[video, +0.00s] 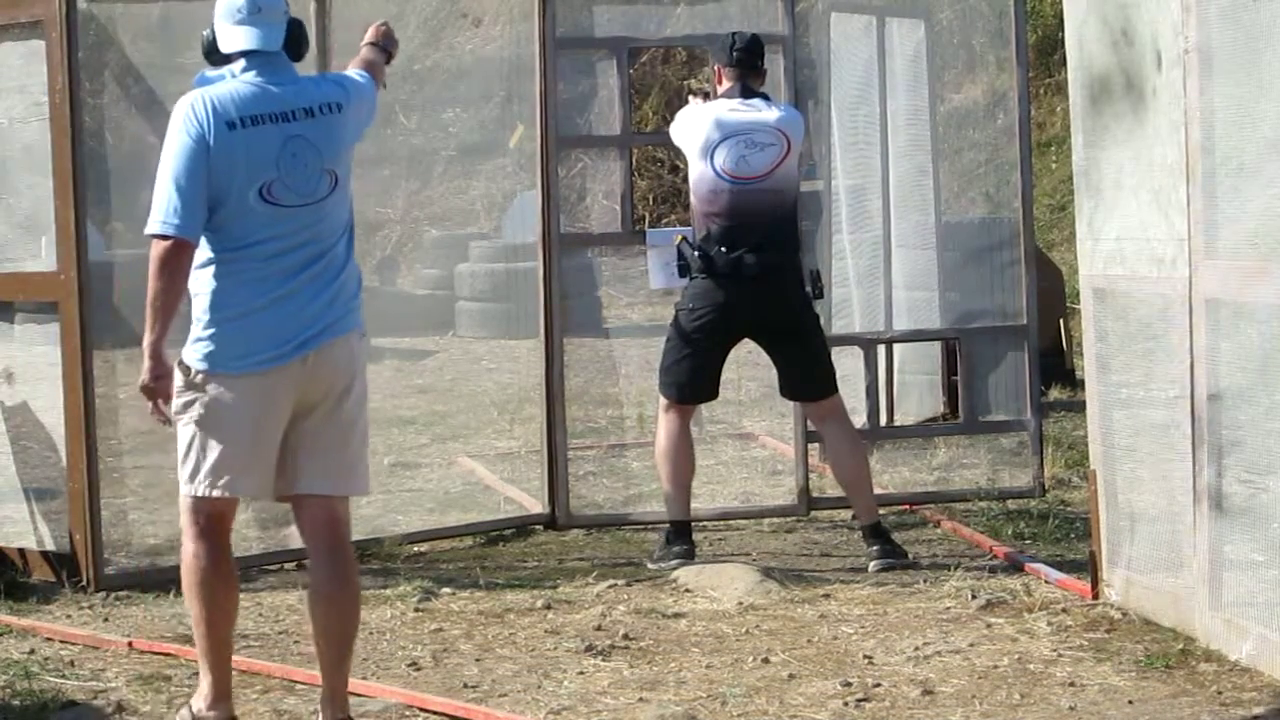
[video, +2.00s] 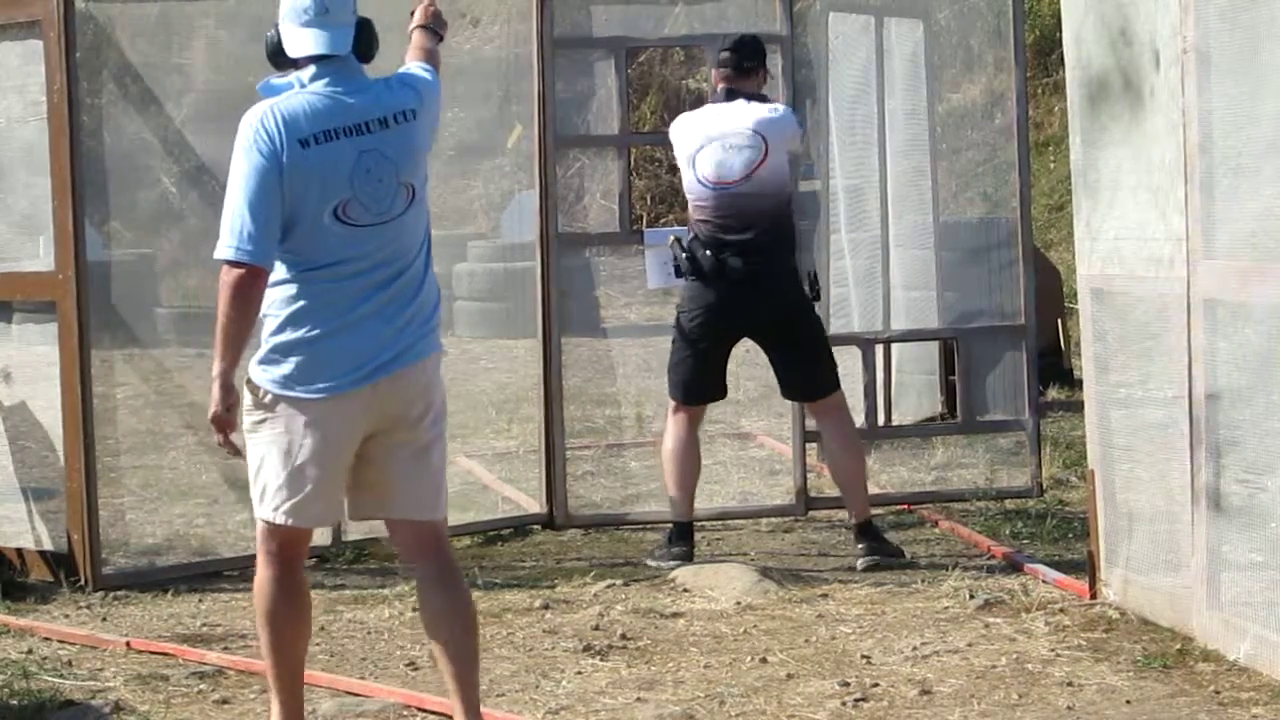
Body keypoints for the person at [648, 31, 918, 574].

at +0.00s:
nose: (716, 81)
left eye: (715, 74)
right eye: (728, 74)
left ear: (720, 77)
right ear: (763, 76)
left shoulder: (693, 121)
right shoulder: (793, 121)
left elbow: (688, 120)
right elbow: (759, 123)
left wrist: (712, 99)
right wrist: (732, 96)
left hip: (713, 294)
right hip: (783, 294)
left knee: (675, 409)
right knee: (830, 414)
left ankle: (678, 539)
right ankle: (877, 538)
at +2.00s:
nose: (761, 85)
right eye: (762, 77)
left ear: (713, 79)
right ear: (761, 78)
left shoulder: (682, 128)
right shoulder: (781, 119)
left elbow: (709, 168)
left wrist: (727, 101)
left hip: (708, 296)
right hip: (777, 292)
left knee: (683, 414)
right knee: (830, 412)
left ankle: (679, 539)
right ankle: (867, 534)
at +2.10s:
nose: (771, 84)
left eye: (768, 78)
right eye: (769, 77)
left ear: (716, 78)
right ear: (762, 79)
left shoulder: (685, 128)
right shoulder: (774, 118)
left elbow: (734, 151)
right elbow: (815, 133)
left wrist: (800, 126)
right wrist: (819, 117)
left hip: (705, 295)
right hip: (773, 293)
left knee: (695, 416)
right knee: (833, 410)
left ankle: (681, 538)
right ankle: (865, 536)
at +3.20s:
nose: (791, 93)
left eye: (788, 86)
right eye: (791, 86)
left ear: (738, 85)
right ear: (783, 84)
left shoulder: (705, 134)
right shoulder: (786, 130)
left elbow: (762, 181)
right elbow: (847, 185)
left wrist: (827, 147)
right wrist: (854, 146)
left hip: (711, 298)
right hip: (777, 296)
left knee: (703, 420)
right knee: (837, 413)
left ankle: (679, 540)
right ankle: (883, 533)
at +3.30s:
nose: (732, 115)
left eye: (733, 109)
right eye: (740, 109)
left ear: (741, 109)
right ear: (785, 108)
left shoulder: (710, 163)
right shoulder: (806, 151)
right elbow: (866, 222)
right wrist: (850, 180)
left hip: (724, 309)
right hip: (793, 308)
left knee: (690, 413)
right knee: (846, 420)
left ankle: (681, 535)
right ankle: (895, 538)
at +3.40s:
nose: (707, 140)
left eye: (709, 131)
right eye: (707, 132)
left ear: (726, 128)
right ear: (759, 129)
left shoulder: (703, 178)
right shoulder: (804, 173)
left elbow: (668, 265)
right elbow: (863, 246)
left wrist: (682, 297)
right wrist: (829, 212)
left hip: (727, 327)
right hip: (798, 327)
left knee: (663, 406)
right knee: (847, 427)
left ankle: (677, 532)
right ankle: (894, 537)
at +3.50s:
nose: (655, 147)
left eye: (658, 135)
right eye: (654, 137)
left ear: (680, 127)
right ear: (703, 129)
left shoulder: (673, 172)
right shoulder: (761, 173)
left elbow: (647, 217)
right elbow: (823, 241)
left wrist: (618, 280)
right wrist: (776, 233)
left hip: (711, 329)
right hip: (778, 329)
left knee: (620, 400)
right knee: (831, 430)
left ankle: (646, 529)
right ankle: (894, 536)